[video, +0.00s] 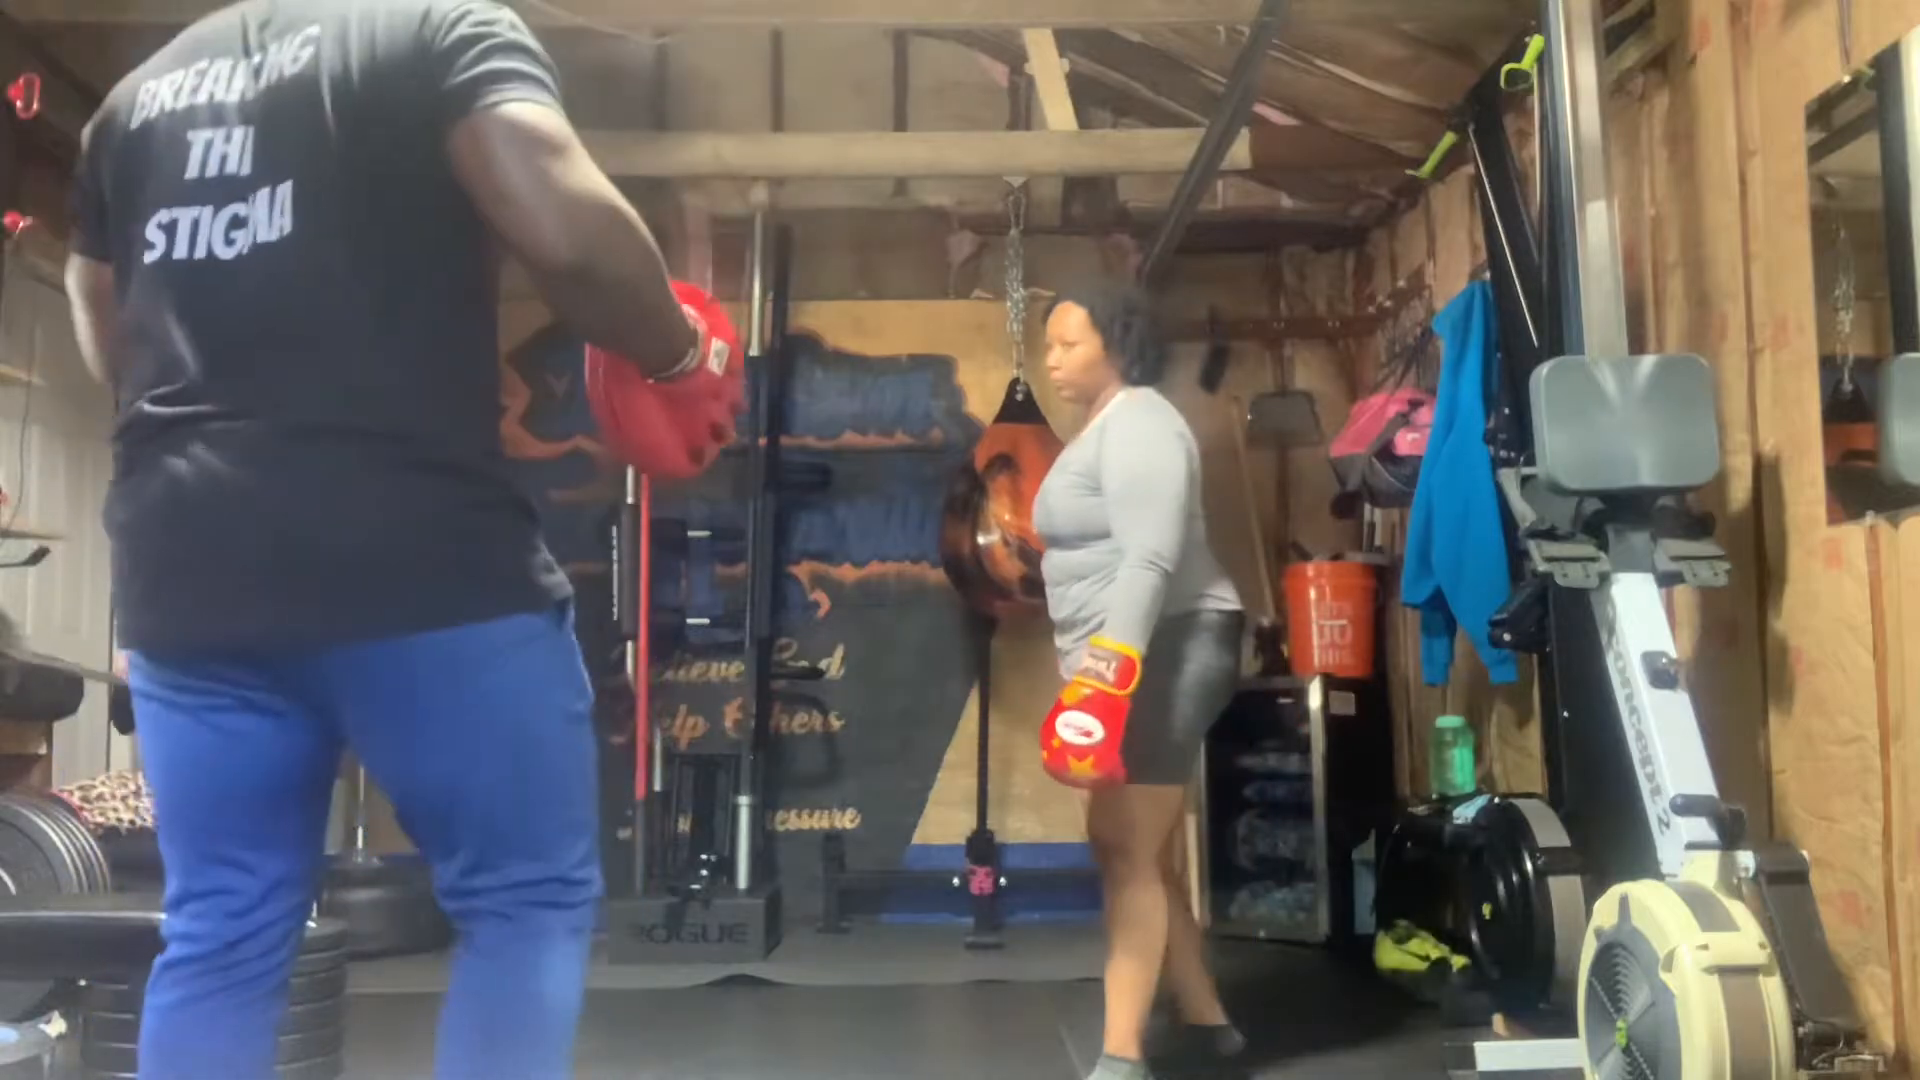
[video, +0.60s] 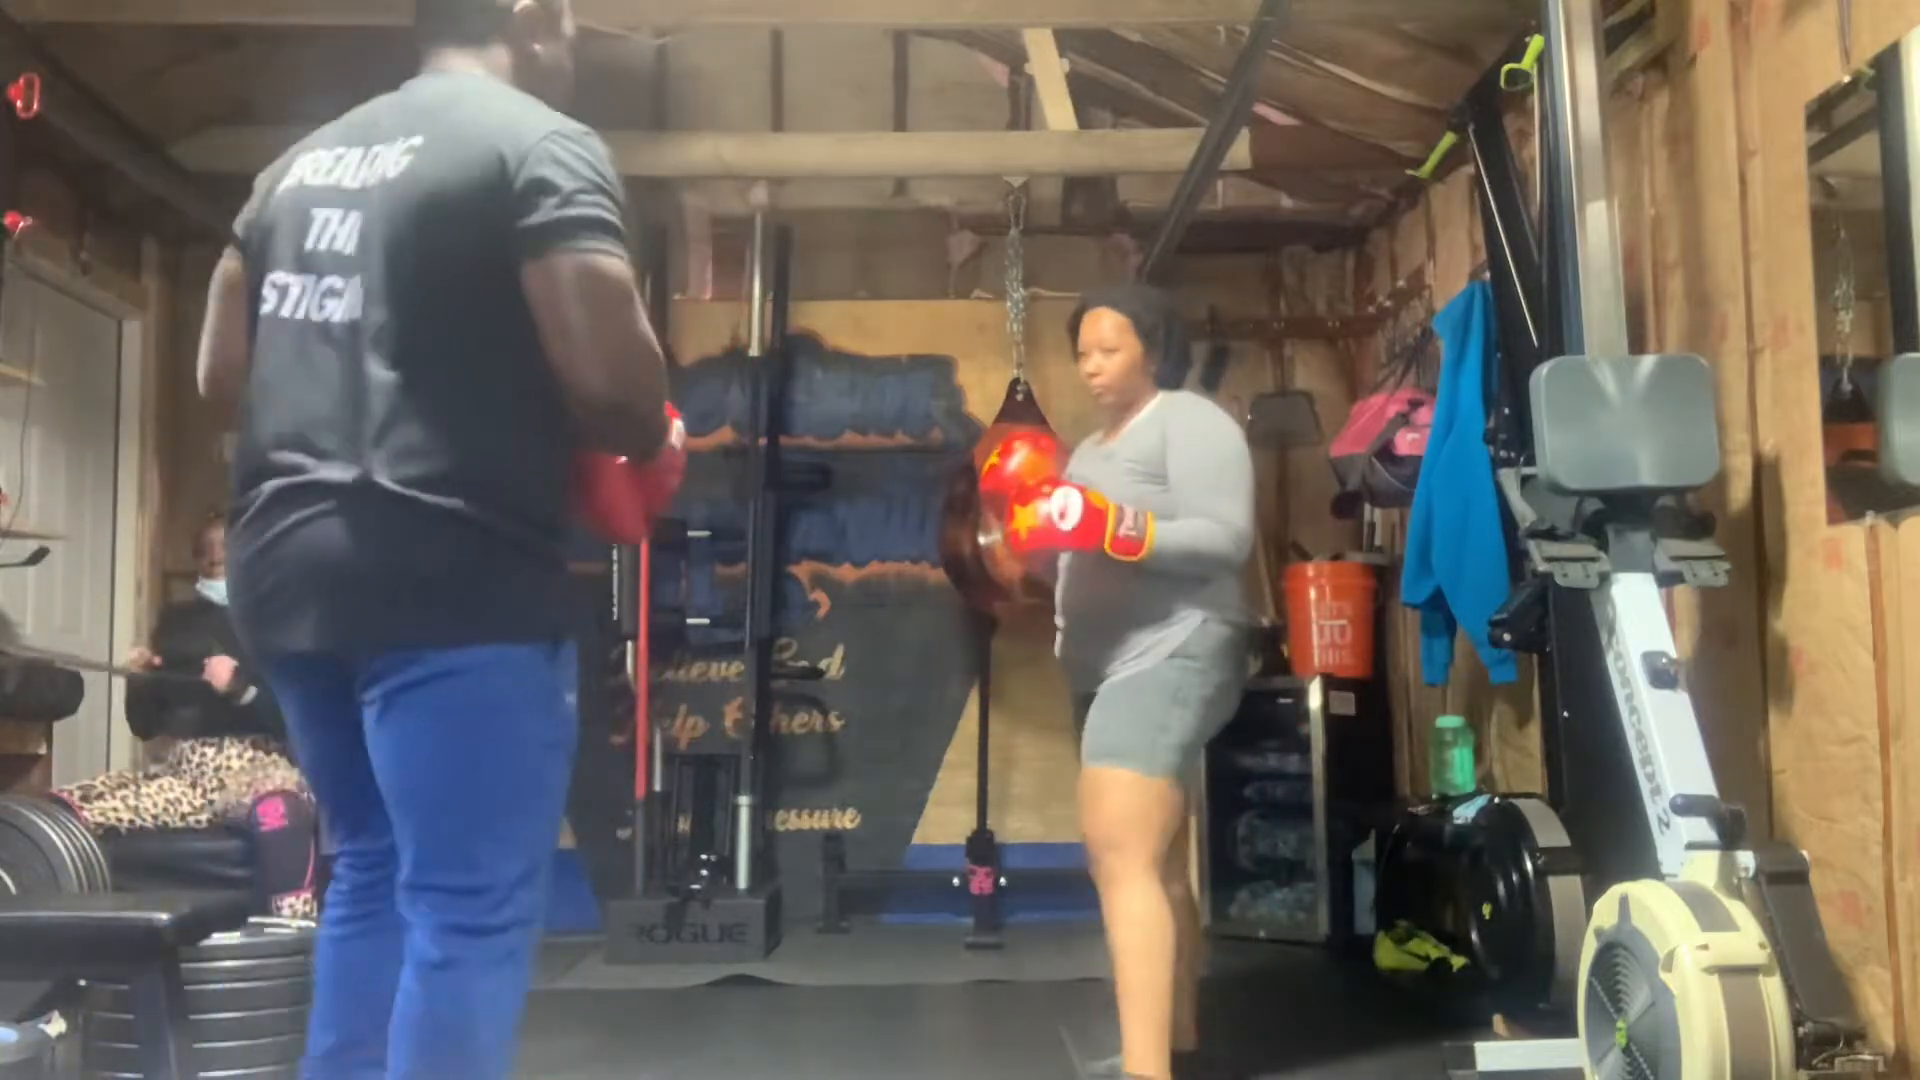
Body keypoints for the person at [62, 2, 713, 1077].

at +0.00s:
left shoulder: (131, 102)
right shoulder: (444, 22)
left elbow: (115, 354)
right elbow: (562, 226)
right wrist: (672, 353)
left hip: (185, 555)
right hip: (410, 541)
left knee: (216, 929)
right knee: (525, 897)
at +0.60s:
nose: (575, 49)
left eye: (571, 31)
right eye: (568, 28)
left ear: (434, 33)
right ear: (529, 23)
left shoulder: (294, 165)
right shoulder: (540, 140)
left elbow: (219, 377)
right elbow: (607, 371)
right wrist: (649, 443)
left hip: (284, 566)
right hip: (453, 565)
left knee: (366, 876)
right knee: (470, 917)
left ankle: (337, 1075)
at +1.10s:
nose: (576, 149)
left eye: (579, 126)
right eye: (573, 119)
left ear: (481, 90)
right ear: (520, 90)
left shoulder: (430, 160)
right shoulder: (463, 149)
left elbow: (460, 367)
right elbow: (486, 322)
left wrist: (584, 352)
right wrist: (622, 423)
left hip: (365, 572)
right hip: (377, 573)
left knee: (406, 897)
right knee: (411, 903)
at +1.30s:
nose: (562, 130)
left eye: (568, 105)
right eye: (561, 98)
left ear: (481, 65)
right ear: (506, 61)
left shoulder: (462, 173)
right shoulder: (419, 144)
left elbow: (478, 371)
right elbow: (481, 350)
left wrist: (570, 326)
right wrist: (621, 401)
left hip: (435, 598)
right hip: (367, 593)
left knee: (461, 895)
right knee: (360, 912)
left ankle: (413, 1069)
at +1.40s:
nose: (556, 139)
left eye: (563, 113)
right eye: (557, 106)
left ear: (472, 60)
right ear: (506, 60)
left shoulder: (446, 176)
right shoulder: (400, 150)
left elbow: (476, 383)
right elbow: (468, 365)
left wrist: (553, 306)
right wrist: (609, 402)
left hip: (426, 600)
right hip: (358, 595)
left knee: (490, 879)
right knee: (374, 918)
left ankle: (425, 1067)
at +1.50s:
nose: (552, 149)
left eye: (562, 122)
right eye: (555, 114)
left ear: (469, 52)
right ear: (504, 56)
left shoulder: (439, 174)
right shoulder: (390, 149)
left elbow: (484, 391)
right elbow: (458, 377)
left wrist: (549, 294)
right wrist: (590, 402)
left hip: (425, 599)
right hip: (348, 597)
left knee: (504, 862)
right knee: (369, 922)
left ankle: (443, 1068)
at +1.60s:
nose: (565, 130)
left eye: (572, 104)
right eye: (566, 98)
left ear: (478, 43)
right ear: (514, 52)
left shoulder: (440, 160)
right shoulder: (399, 140)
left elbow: (471, 372)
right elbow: (460, 371)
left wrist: (551, 278)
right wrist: (603, 396)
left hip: (415, 594)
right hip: (346, 593)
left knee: (494, 851)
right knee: (347, 918)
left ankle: (461, 1069)